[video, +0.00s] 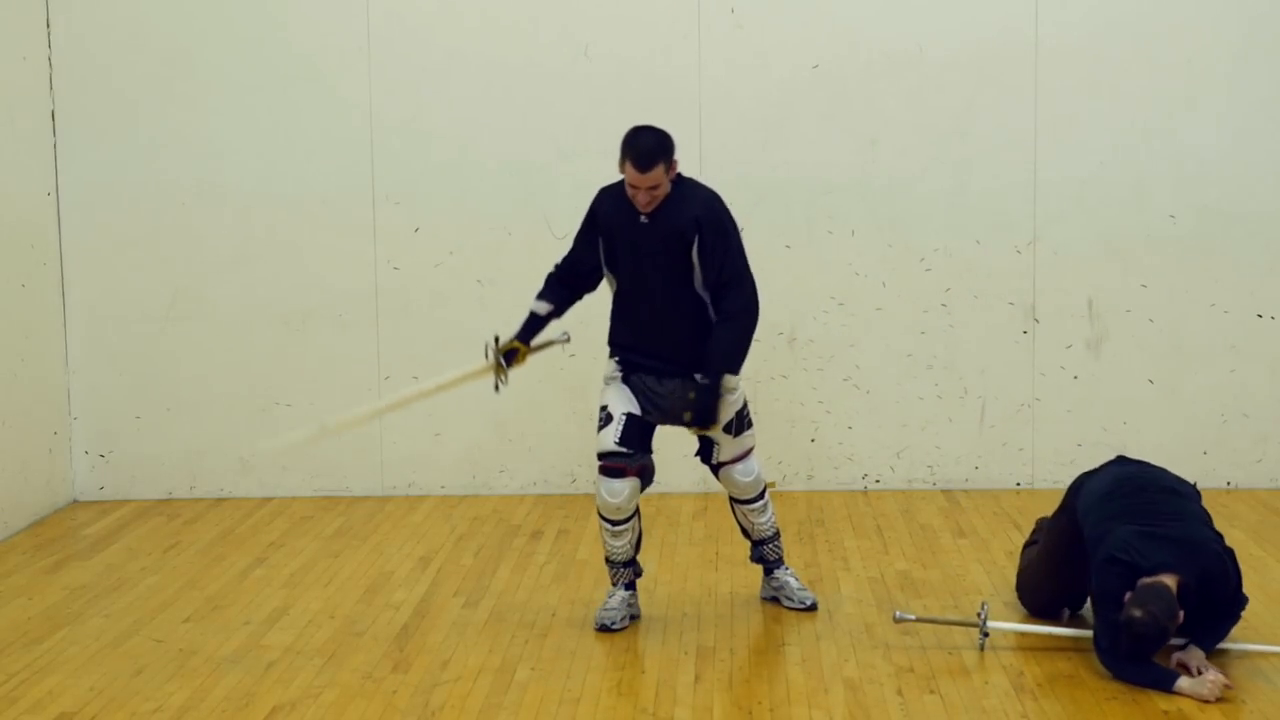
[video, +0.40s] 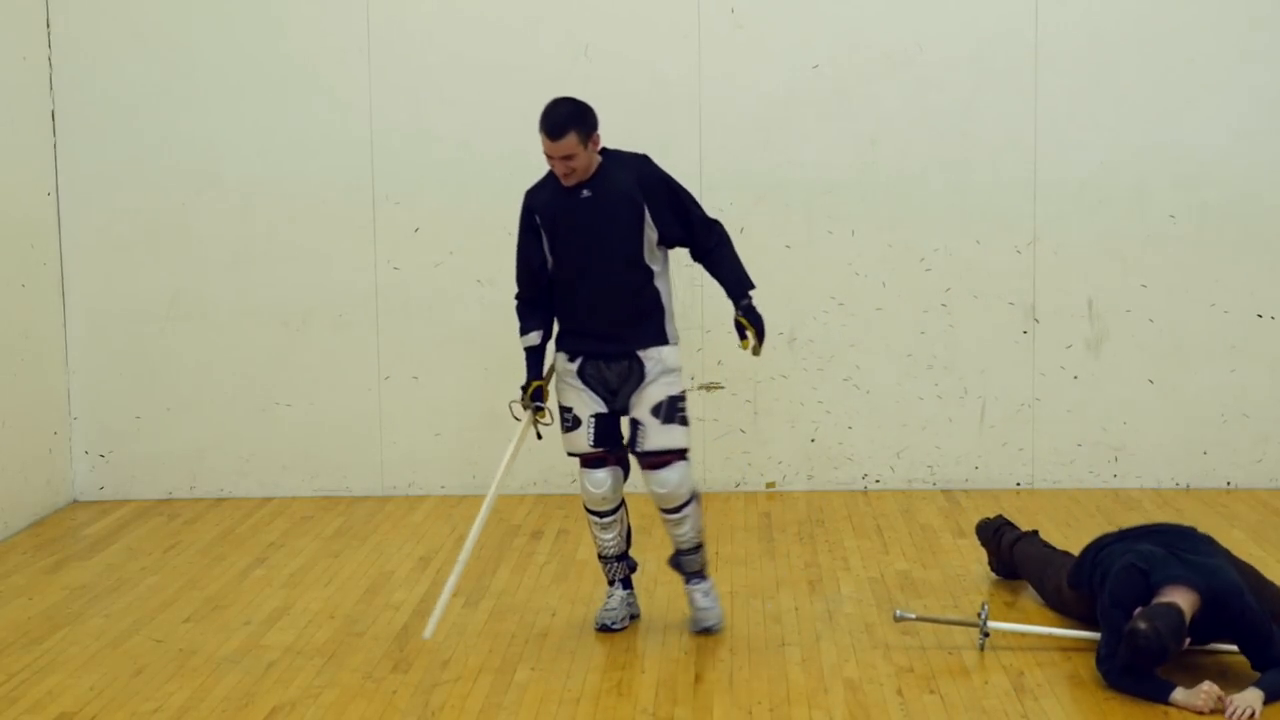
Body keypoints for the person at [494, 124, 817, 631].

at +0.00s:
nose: (642, 197)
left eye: (653, 187)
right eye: (633, 186)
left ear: (673, 170)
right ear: (620, 172)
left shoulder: (704, 210)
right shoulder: (609, 207)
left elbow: (740, 300)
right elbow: (575, 272)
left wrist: (715, 380)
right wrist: (525, 334)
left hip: (706, 368)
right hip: (633, 366)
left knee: (743, 474)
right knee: (614, 476)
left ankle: (775, 572)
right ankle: (623, 589)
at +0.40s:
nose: (558, 168)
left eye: (568, 157)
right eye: (550, 158)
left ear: (595, 141)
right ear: (543, 149)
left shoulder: (639, 177)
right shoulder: (540, 202)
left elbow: (703, 233)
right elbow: (532, 293)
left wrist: (743, 298)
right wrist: (535, 372)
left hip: (651, 354)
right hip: (579, 361)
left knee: (668, 477)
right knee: (598, 484)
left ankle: (698, 583)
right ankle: (619, 589)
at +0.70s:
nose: (526, 169)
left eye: (535, 158)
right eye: (519, 159)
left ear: (563, 143)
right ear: (513, 152)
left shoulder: (610, 186)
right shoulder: (514, 203)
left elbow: (664, 258)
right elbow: (503, 288)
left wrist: (683, 338)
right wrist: (507, 365)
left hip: (603, 358)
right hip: (542, 363)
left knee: (565, 479)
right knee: (582, 480)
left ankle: (532, 607)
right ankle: (619, 588)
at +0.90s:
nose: (504, 168)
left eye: (513, 156)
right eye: (497, 158)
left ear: (543, 143)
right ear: (492, 151)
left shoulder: (583, 197)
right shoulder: (491, 205)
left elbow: (619, 290)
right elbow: (481, 291)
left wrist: (606, 376)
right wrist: (481, 361)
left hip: (562, 368)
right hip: (509, 368)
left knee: (523, 493)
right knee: (560, 488)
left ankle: (503, 626)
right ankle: (615, 581)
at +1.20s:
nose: (454, 162)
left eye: (462, 151)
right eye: (448, 152)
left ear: (495, 137)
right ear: (444, 146)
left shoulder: (538, 195)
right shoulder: (447, 198)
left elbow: (562, 300)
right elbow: (441, 289)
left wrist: (505, 369)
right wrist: (436, 362)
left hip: (510, 372)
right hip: (450, 368)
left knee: (504, 499)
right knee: (432, 491)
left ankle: (503, 624)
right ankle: (513, 584)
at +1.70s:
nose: (328, 174)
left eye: (334, 161)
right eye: (322, 164)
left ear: (367, 143)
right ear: (333, 155)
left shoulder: (428, 198)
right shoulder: (331, 218)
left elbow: (475, 286)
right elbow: (337, 313)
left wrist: (495, 373)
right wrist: (334, 388)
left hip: (421, 390)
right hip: (348, 392)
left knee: (449, 517)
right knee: (318, 518)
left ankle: (495, 626)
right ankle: (324, 659)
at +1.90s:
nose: (273, 168)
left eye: (278, 155)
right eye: (266, 158)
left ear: (313, 137)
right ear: (266, 153)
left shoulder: (375, 191)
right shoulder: (274, 209)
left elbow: (431, 271)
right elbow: (267, 303)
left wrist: (502, 326)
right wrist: (271, 384)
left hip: (363, 387)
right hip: (292, 387)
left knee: (373, 526)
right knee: (296, 527)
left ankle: (447, 614)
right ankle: (323, 660)